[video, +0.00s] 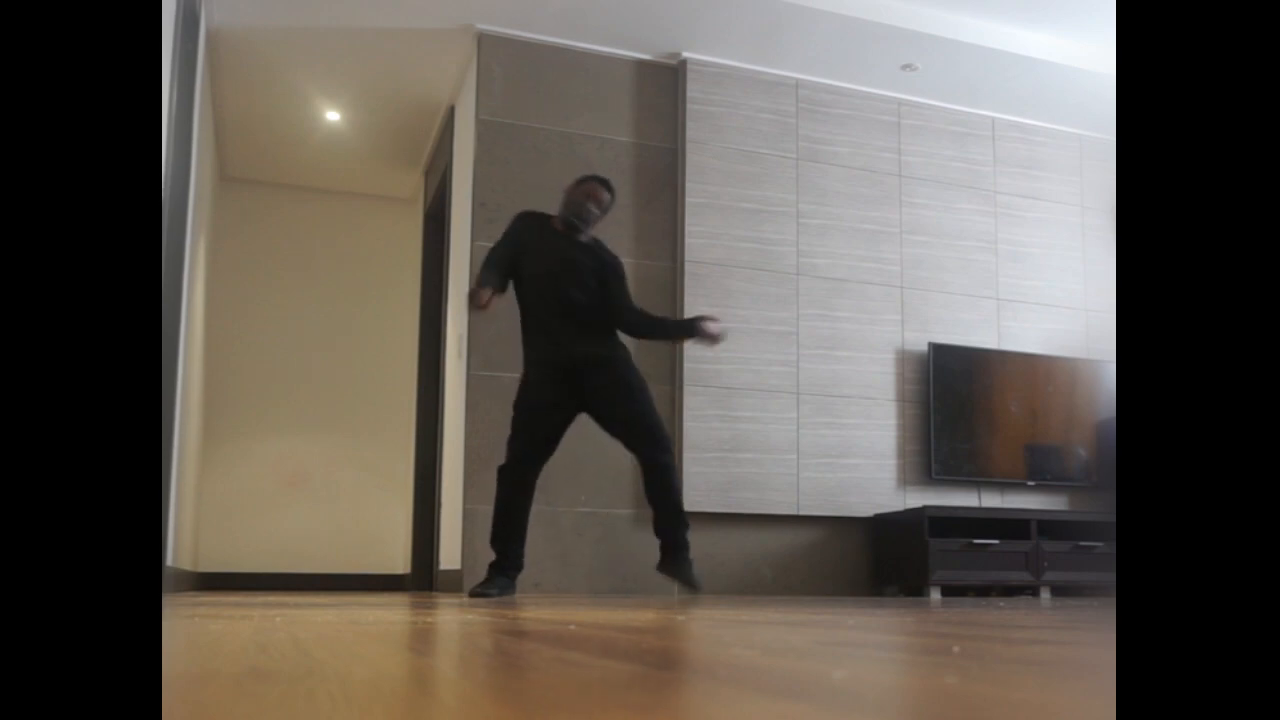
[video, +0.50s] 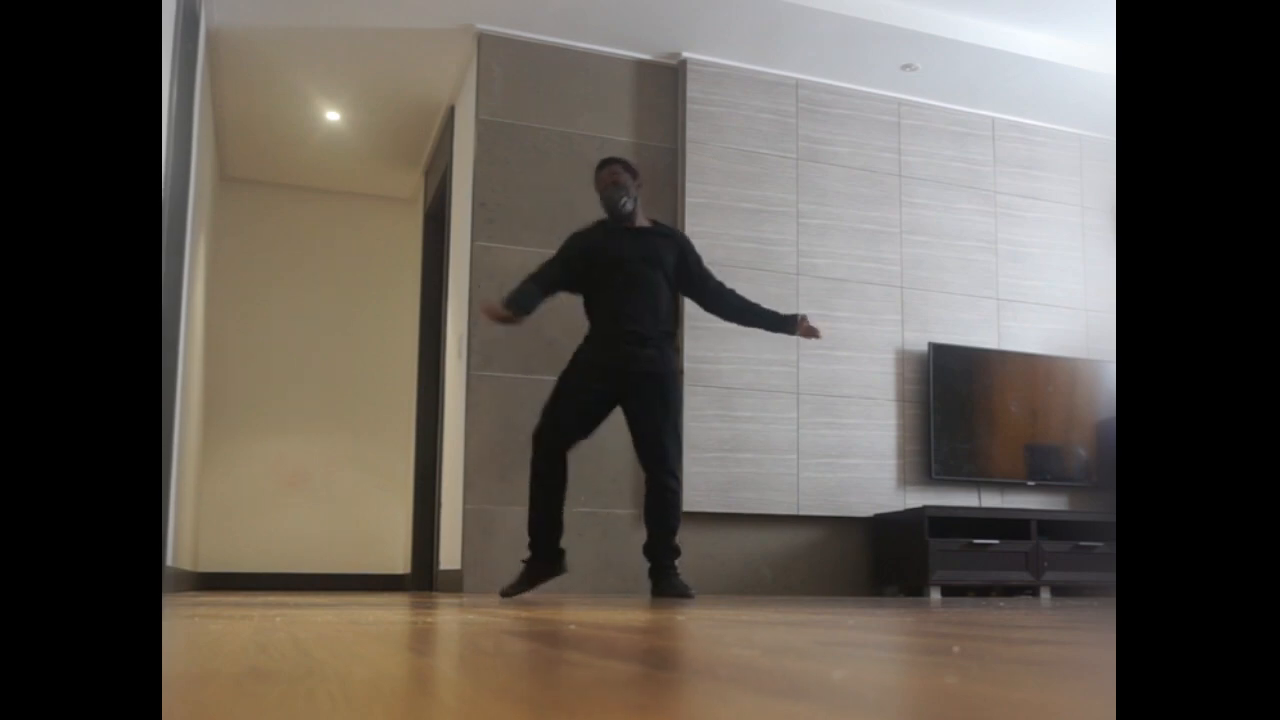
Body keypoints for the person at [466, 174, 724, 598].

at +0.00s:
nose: (590, 208)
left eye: (599, 207)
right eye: (586, 198)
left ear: (603, 219)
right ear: (566, 194)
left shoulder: (603, 263)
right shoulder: (528, 228)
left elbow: (629, 320)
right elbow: (501, 261)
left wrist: (689, 328)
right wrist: (487, 285)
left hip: (607, 377)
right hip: (548, 378)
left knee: (656, 450)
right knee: (518, 467)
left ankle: (675, 555)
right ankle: (503, 571)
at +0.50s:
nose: (614, 191)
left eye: (620, 184)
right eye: (606, 187)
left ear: (637, 188)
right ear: (598, 197)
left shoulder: (669, 243)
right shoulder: (586, 243)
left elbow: (717, 297)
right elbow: (545, 280)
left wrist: (786, 323)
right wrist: (515, 306)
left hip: (654, 368)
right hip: (598, 363)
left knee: (663, 468)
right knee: (548, 442)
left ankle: (664, 571)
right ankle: (544, 555)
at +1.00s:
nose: (606, 193)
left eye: (617, 186)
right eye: (605, 186)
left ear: (644, 192)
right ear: (605, 193)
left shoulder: (674, 243)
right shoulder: (583, 245)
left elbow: (701, 312)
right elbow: (520, 260)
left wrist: (739, 360)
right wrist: (476, 282)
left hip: (662, 378)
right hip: (607, 378)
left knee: (668, 474)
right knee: (591, 466)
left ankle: (665, 571)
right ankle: (567, 570)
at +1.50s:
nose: (620, 193)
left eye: (629, 189)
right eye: (614, 185)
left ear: (640, 198)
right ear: (601, 187)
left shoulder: (655, 233)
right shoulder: (575, 238)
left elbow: (693, 288)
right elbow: (541, 287)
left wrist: (734, 341)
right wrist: (485, 305)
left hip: (649, 374)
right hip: (595, 375)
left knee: (660, 458)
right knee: (582, 466)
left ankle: (701, 562)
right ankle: (553, 574)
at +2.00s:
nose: (700, 205)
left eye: (706, 198)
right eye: (692, 196)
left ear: (711, 201)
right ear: (672, 195)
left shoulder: (718, 247)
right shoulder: (637, 238)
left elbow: (767, 281)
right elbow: (603, 295)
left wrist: (801, 242)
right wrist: (562, 335)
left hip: (685, 369)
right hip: (636, 368)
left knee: (689, 456)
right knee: (636, 459)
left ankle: (725, 563)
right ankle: (613, 565)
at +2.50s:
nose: (758, 195)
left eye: (764, 187)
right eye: (749, 189)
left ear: (775, 190)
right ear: (735, 195)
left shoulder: (800, 222)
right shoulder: (716, 233)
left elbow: (838, 181)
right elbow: (670, 207)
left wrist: (777, 170)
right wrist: (711, 172)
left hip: (790, 360)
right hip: (741, 362)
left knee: (798, 449)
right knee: (736, 456)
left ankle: (824, 553)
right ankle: (715, 565)